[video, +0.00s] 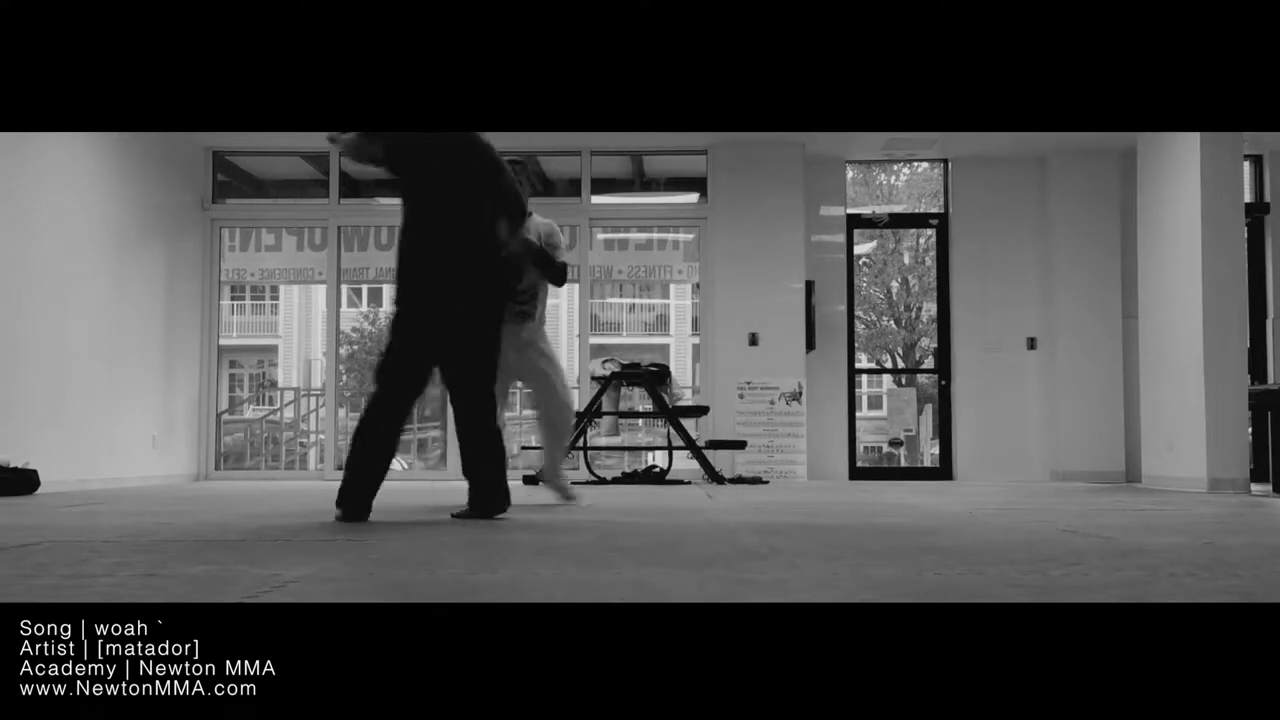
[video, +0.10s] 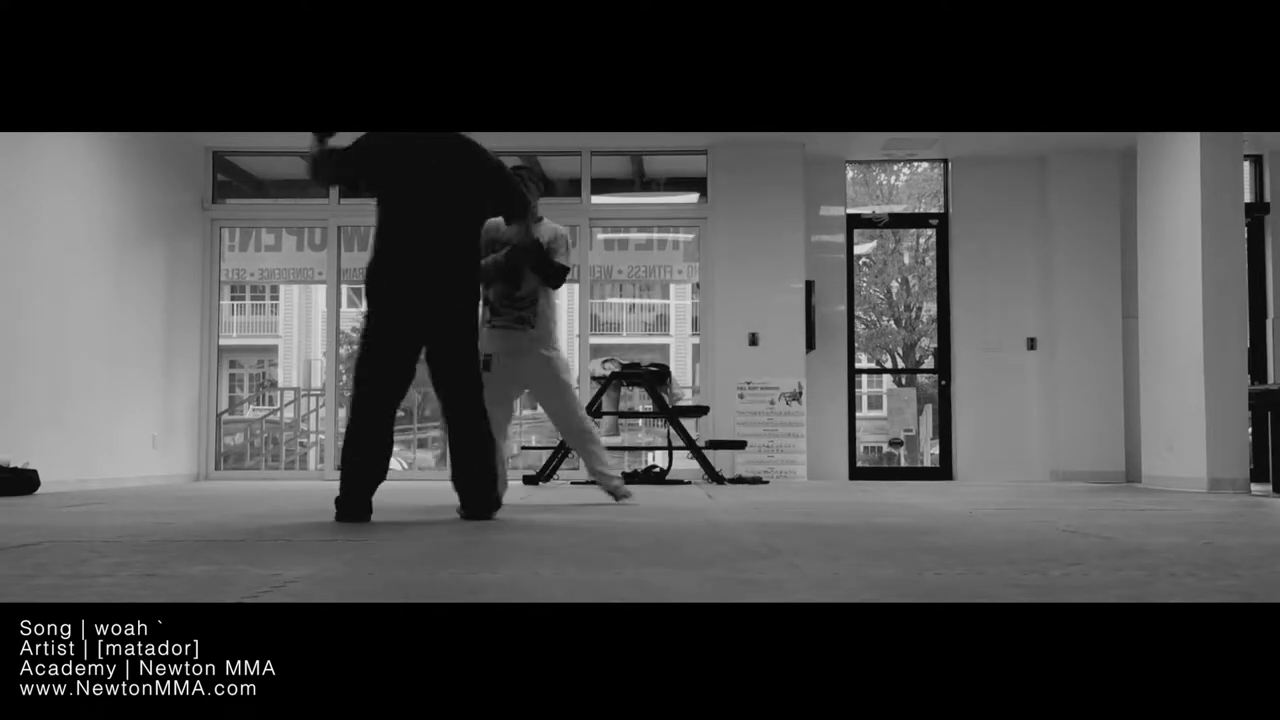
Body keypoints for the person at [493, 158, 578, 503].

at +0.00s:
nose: (514, 194)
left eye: (519, 186)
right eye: (507, 187)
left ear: (528, 191)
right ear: (496, 193)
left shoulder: (543, 229)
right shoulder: (487, 230)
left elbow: (560, 277)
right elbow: (476, 277)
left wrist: (530, 250)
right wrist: (504, 252)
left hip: (530, 337)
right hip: (493, 337)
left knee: (559, 403)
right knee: (487, 411)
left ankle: (552, 471)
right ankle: (487, 483)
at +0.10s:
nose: (519, 193)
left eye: (525, 187)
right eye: (514, 186)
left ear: (538, 193)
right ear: (505, 192)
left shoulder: (552, 233)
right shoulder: (489, 231)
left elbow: (555, 279)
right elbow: (474, 273)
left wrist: (527, 244)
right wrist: (505, 256)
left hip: (540, 348)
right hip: (496, 348)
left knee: (574, 421)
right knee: (491, 427)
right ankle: (489, 495)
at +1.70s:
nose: (502, 233)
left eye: (505, 225)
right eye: (499, 227)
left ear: (523, 219)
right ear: (499, 226)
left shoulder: (554, 239)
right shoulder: (511, 256)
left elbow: (571, 275)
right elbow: (488, 291)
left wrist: (522, 275)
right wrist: (486, 244)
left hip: (576, 349)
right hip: (537, 355)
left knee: (594, 421)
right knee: (503, 414)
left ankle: (618, 492)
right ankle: (498, 492)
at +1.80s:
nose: (487, 228)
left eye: (490, 220)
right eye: (484, 224)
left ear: (507, 211)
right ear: (487, 223)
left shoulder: (532, 228)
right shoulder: (503, 253)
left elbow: (557, 256)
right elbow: (482, 282)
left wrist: (506, 268)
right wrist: (467, 263)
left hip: (565, 338)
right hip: (532, 347)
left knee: (575, 416)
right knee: (506, 416)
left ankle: (624, 482)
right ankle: (498, 492)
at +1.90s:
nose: (481, 217)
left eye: (484, 208)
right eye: (478, 211)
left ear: (501, 203)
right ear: (487, 213)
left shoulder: (521, 219)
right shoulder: (504, 243)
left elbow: (537, 247)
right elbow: (474, 274)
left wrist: (495, 246)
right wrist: (473, 231)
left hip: (555, 333)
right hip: (525, 342)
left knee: (568, 409)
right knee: (507, 417)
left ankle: (622, 477)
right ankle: (502, 490)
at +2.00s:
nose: (478, 213)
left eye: (482, 204)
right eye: (475, 207)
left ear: (500, 200)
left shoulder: (516, 217)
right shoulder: (498, 243)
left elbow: (528, 249)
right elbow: (474, 275)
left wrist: (484, 240)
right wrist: (468, 235)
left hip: (548, 334)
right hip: (518, 344)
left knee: (561, 413)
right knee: (505, 413)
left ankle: (617, 476)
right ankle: (501, 490)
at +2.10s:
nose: (468, 221)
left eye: (474, 214)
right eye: (465, 215)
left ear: (493, 211)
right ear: (466, 217)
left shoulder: (517, 231)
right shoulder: (491, 250)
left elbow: (515, 271)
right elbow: (474, 291)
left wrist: (481, 243)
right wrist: (460, 250)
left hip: (547, 338)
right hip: (512, 350)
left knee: (551, 414)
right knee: (492, 410)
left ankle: (611, 479)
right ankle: (498, 491)